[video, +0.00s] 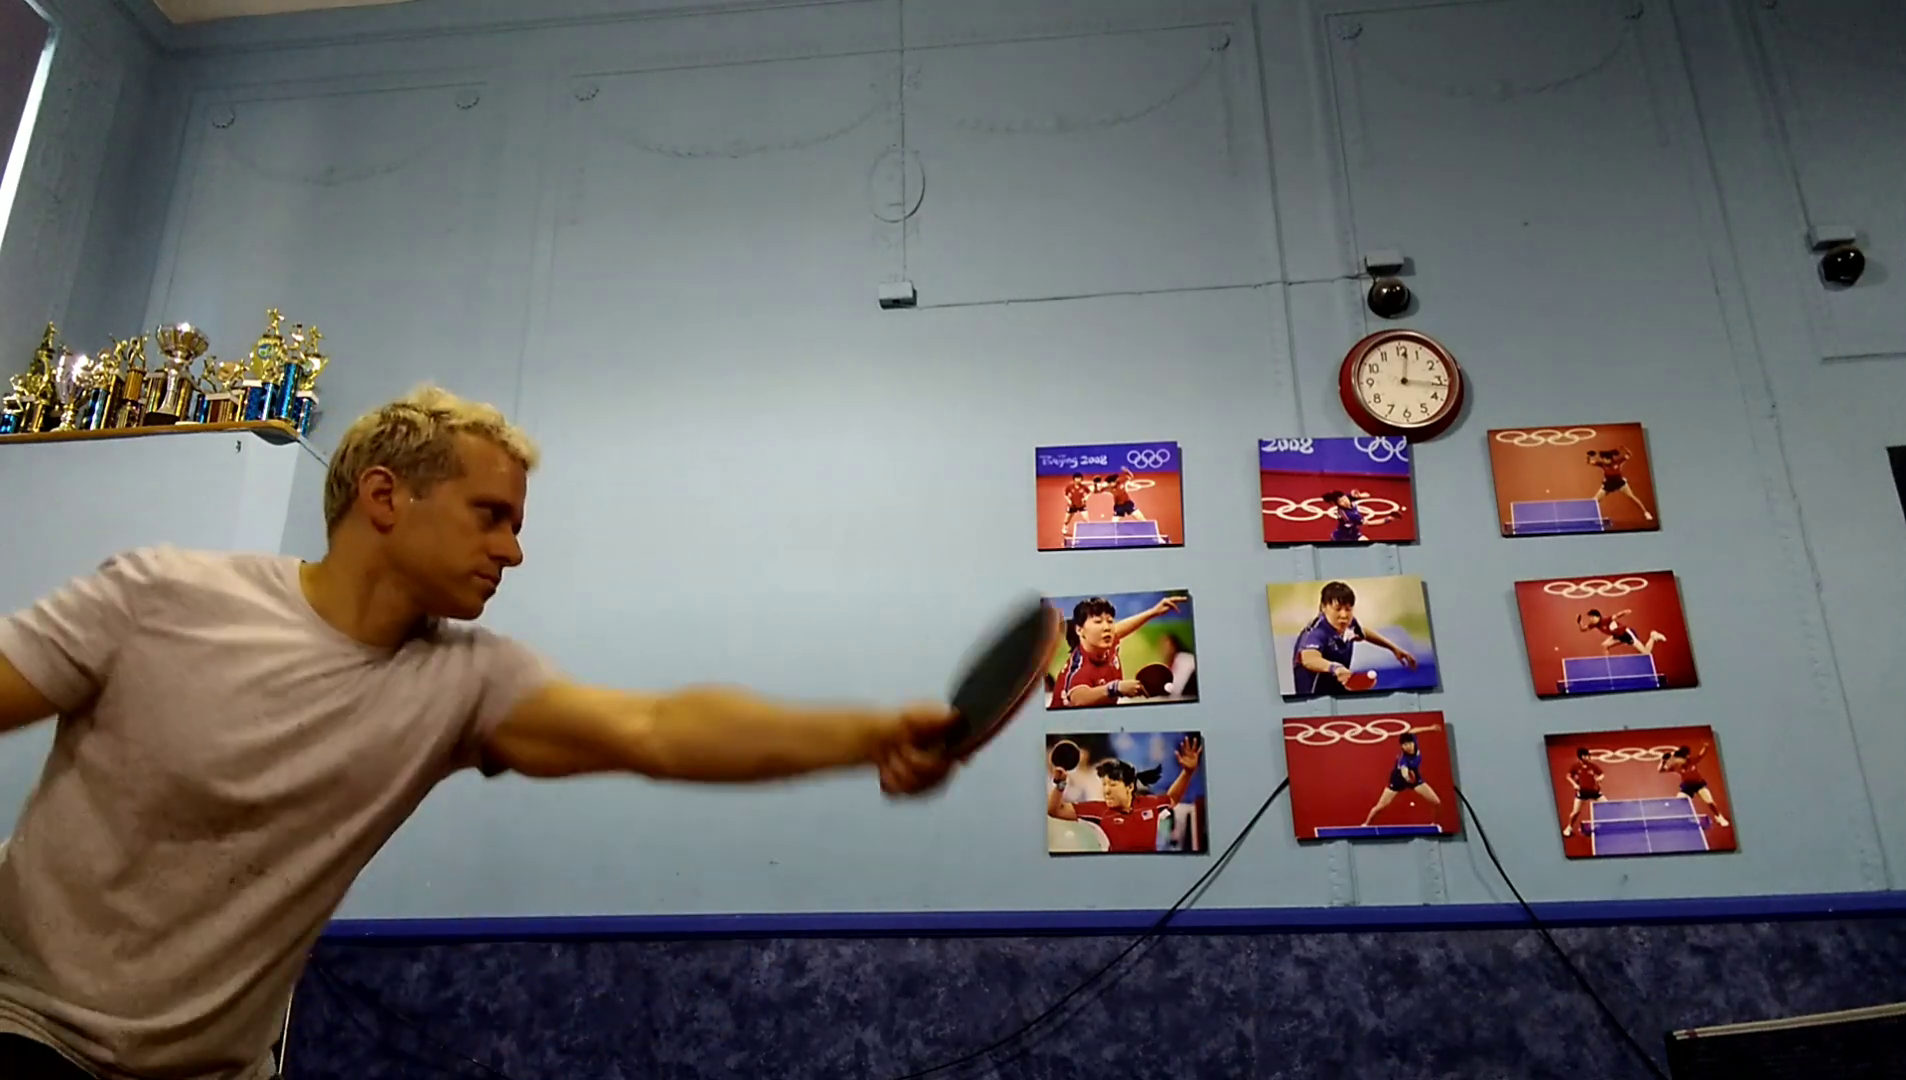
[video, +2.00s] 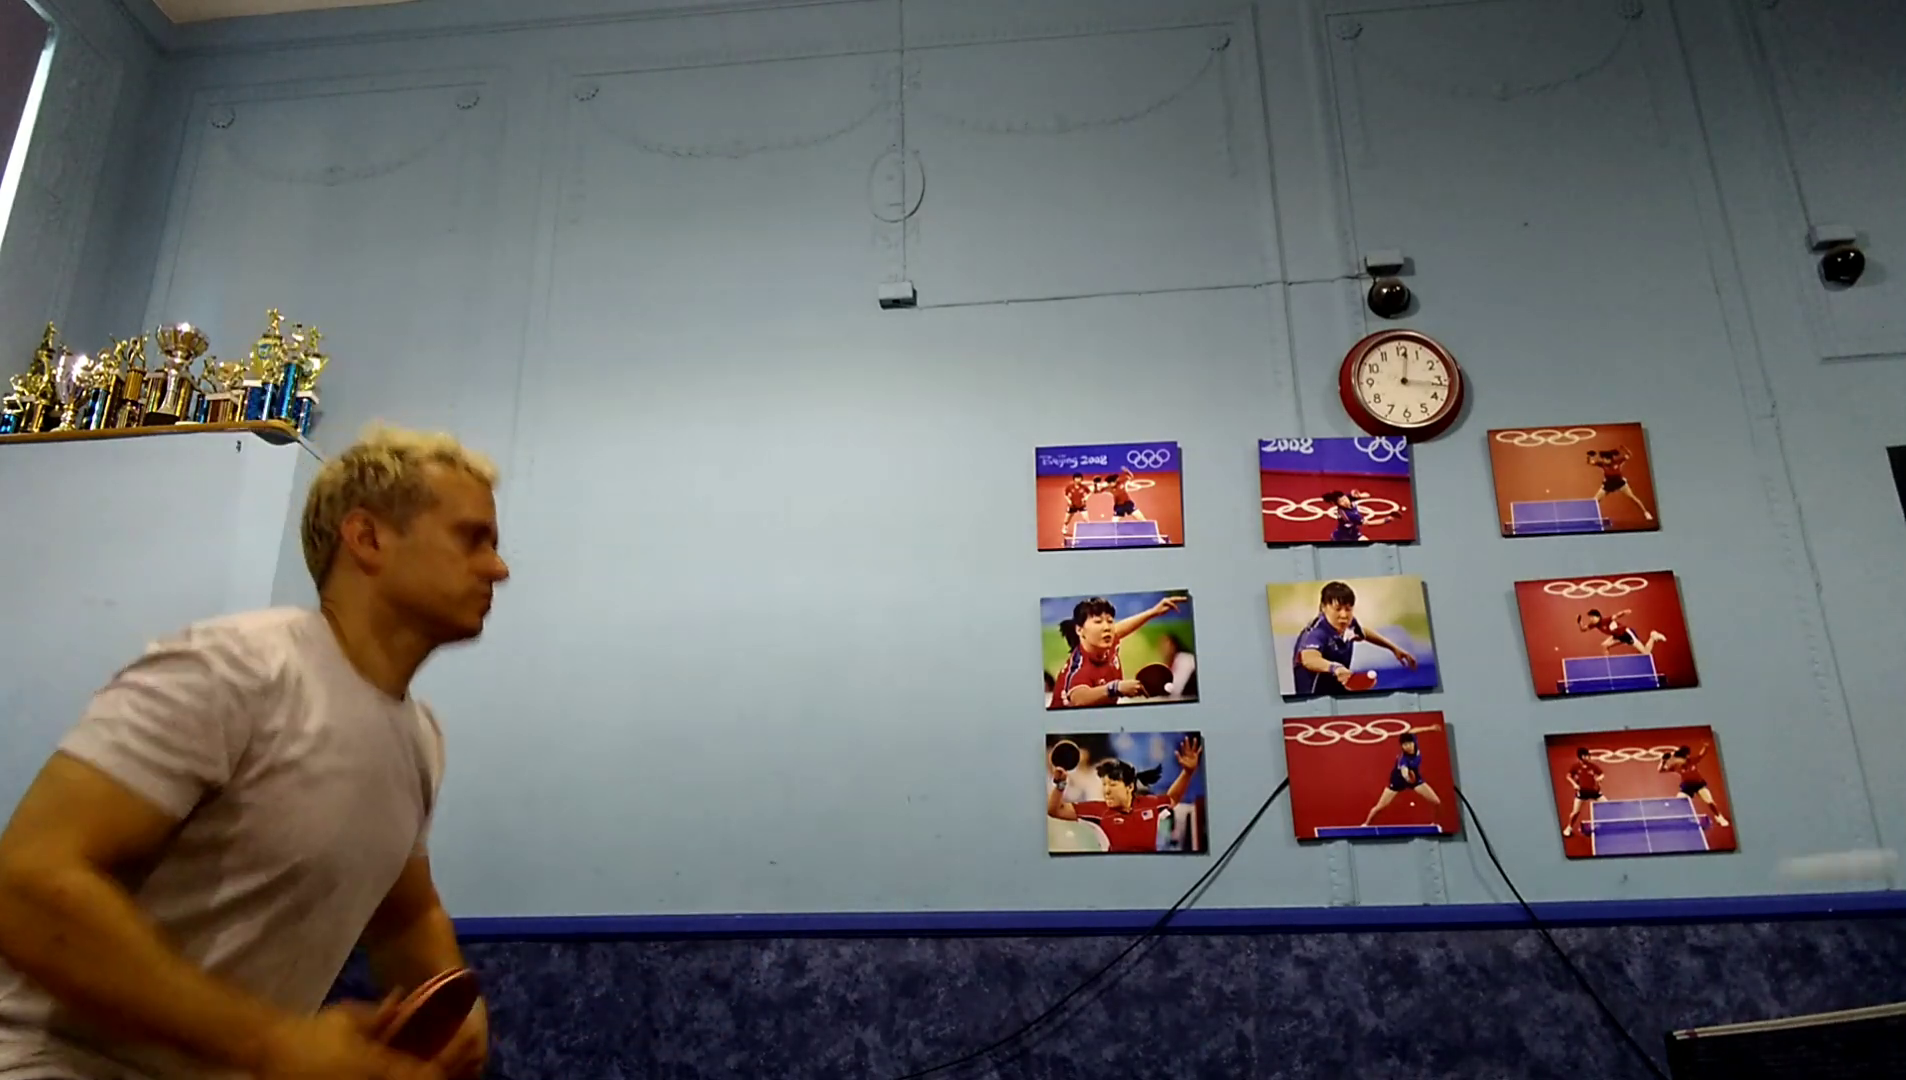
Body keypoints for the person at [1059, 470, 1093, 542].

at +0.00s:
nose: (1078, 481)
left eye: (1079, 479)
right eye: (1076, 479)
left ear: (1081, 480)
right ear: (1074, 480)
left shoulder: (1083, 487)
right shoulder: (1070, 487)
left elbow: (1089, 492)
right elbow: (1065, 494)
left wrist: (1085, 498)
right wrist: (1068, 501)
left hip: (1081, 506)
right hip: (1072, 505)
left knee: (1086, 519)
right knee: (1066, 520)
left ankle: (1090, 530)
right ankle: (1064, 529)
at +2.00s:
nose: (1078, 480)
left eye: (1079, 479)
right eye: (1077, 479)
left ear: (1081, 479)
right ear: (1074, 479)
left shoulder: (1083, 487)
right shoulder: (1070, 487)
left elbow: (1090, 492)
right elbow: (1065, 494)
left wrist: (1085, 498)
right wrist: (1069, 501)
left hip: (1081, 505)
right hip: (1073, 505)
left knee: (1086, 519)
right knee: (1066, 520)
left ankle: (1090, 531)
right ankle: (1064, 529)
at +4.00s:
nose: (1078, 480)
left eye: (1079, 479)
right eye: (1077, 479)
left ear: (1081, 479)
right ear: (1074, 479)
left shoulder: (1083, 487)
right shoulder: (1070, 487)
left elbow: (1089, 492)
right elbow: (1065, 494)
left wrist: (1085, 498)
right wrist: (1068, 500)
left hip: (1081, 505)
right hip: (1072, 505)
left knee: (1086, 519)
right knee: (1067, 520)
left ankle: (1089, 530)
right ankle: (1064, 528)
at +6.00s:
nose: (1078, 481)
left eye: (1079, 479)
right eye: (1077, 479)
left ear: (1081, 480)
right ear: (1074, 479)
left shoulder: (1083, 487)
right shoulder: (1070, 487)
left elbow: (1089, 492)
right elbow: (1065, 494)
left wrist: (1085, 498)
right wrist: (1068, 501)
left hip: (1081, 505)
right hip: (1072, 505)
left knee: (1086, 519)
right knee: (1066, 520)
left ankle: (1089, 530)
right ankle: (1064, 528)